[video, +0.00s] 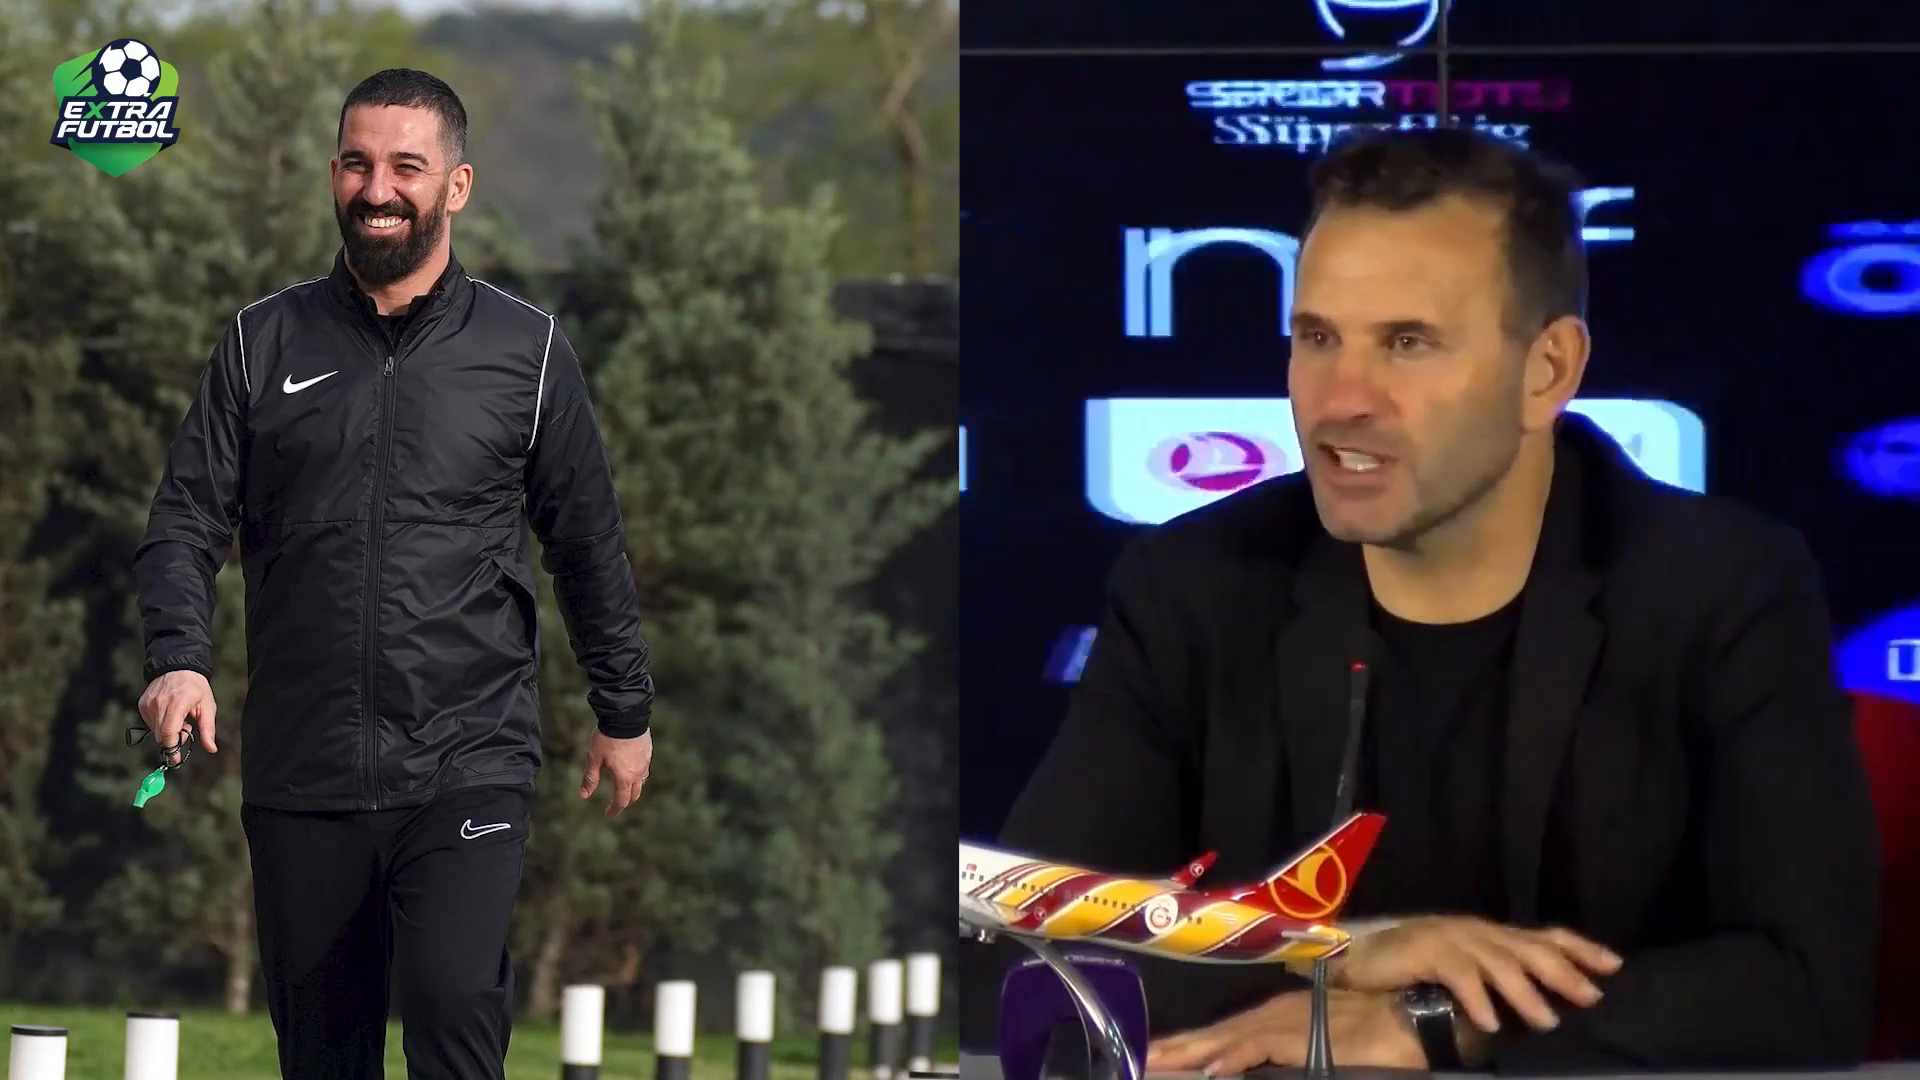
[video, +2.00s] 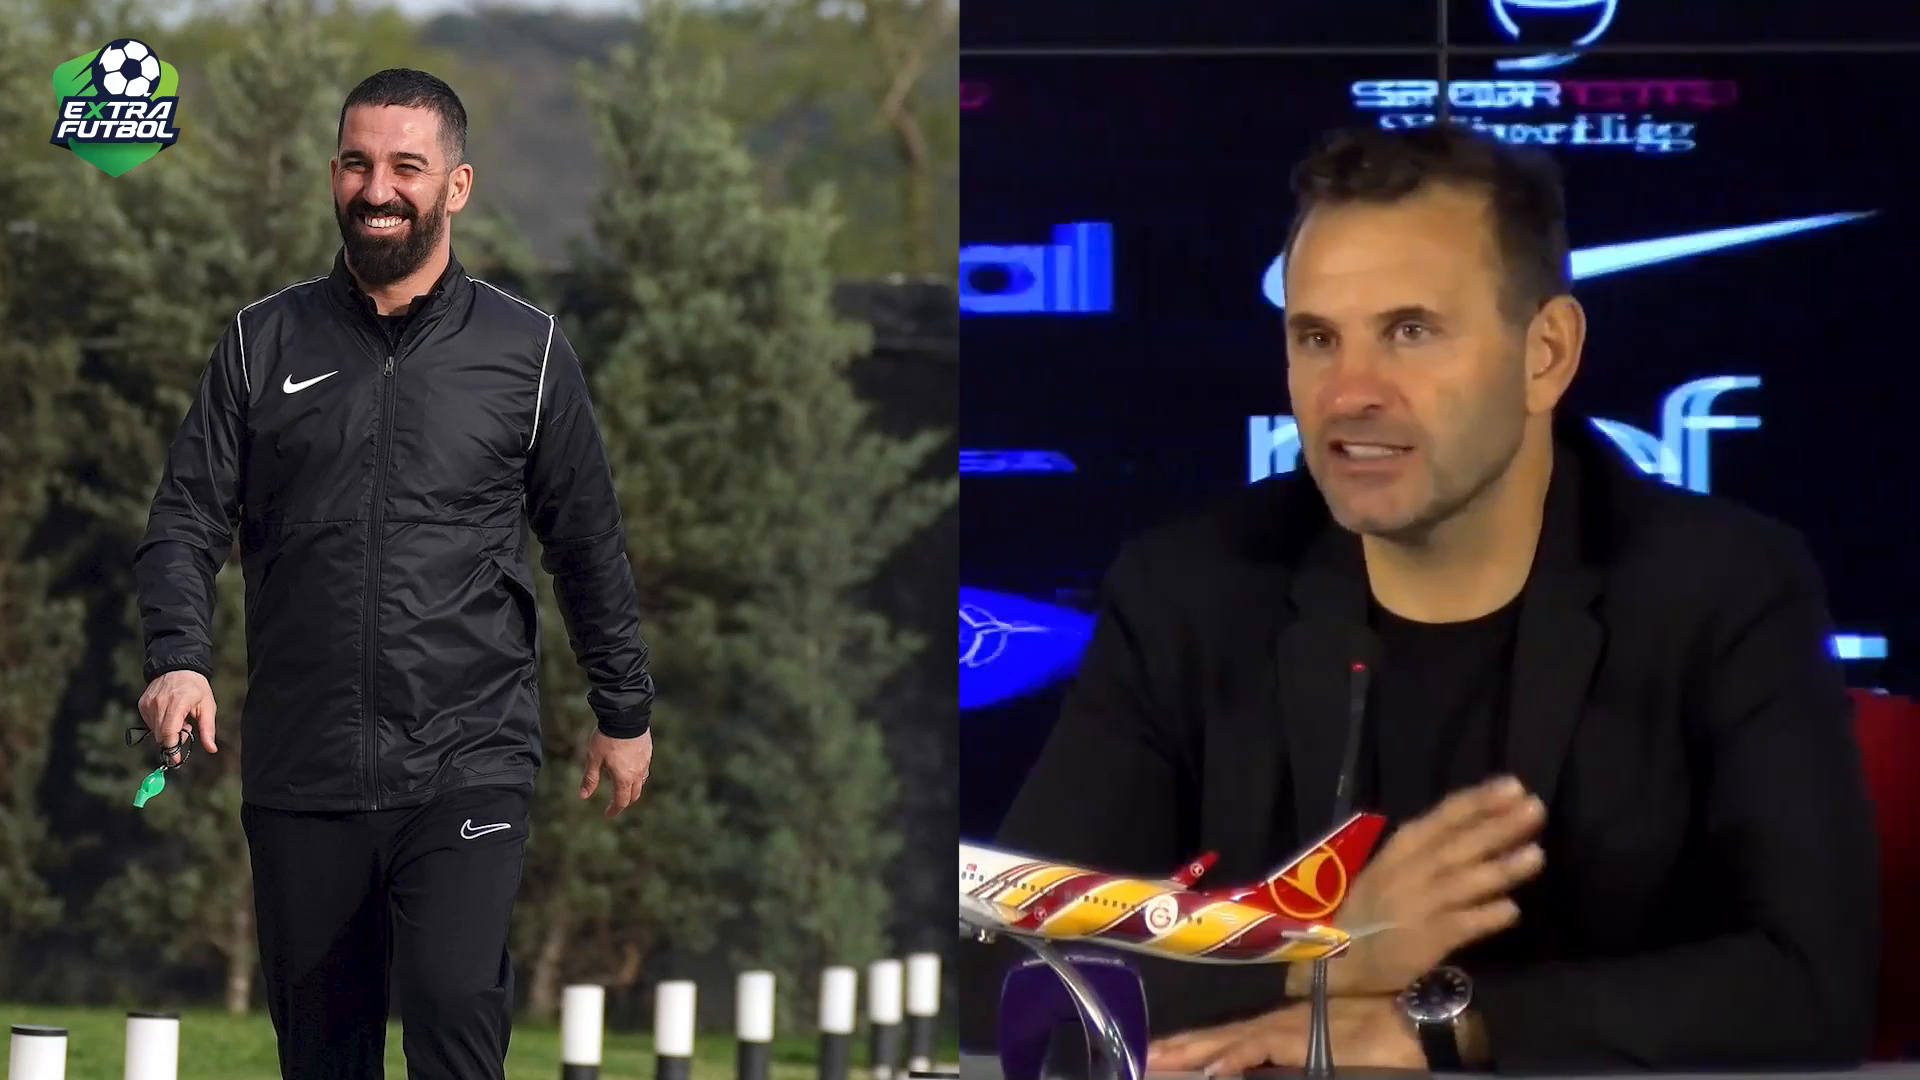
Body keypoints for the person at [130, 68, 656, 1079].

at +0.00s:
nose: (376, 187)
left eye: (405, 164)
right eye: (356, 162)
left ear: (458, 185)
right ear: (334, 176)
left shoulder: (529, 349)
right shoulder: (259, 343)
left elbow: (588, 540)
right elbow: (187, 513)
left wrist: (623, 709)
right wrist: (178, 658)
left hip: (472, 752)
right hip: (302, 755)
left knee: (455, 1018)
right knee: (320, 1042)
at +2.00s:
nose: (375, 187)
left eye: (405, 164)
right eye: (356, 162)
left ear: (458, 185)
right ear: (334, 177)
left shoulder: (530, 350)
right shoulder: (259, 342)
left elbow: (588, 541)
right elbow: (187, 513)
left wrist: (623, 708)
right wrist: (177, 658)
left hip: (472, 752)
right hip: (301, 755)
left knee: (455, 1018)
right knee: (320, 1043)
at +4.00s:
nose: (375, 186)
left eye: (405, 164)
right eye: (356, 162)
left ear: (458, 186)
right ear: (334, 177)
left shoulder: (530, 350)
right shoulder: (259, 343)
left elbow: (589, 543)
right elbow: (186, 513)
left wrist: (623, 708)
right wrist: (178, 658)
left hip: (472, 751)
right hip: (302, 753)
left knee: (454, 1018)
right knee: (320, 1041)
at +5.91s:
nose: (376, 187)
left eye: (405, 164)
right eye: (356, 162)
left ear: (458, 185)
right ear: (334, 177)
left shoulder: (530, 350)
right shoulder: (259, 342)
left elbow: (589, 541)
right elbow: (187, 513)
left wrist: (623, 708)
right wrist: (178, 658)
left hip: (471, 752)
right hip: (301, 755)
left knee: (455, 1019)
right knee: (320, 1043)